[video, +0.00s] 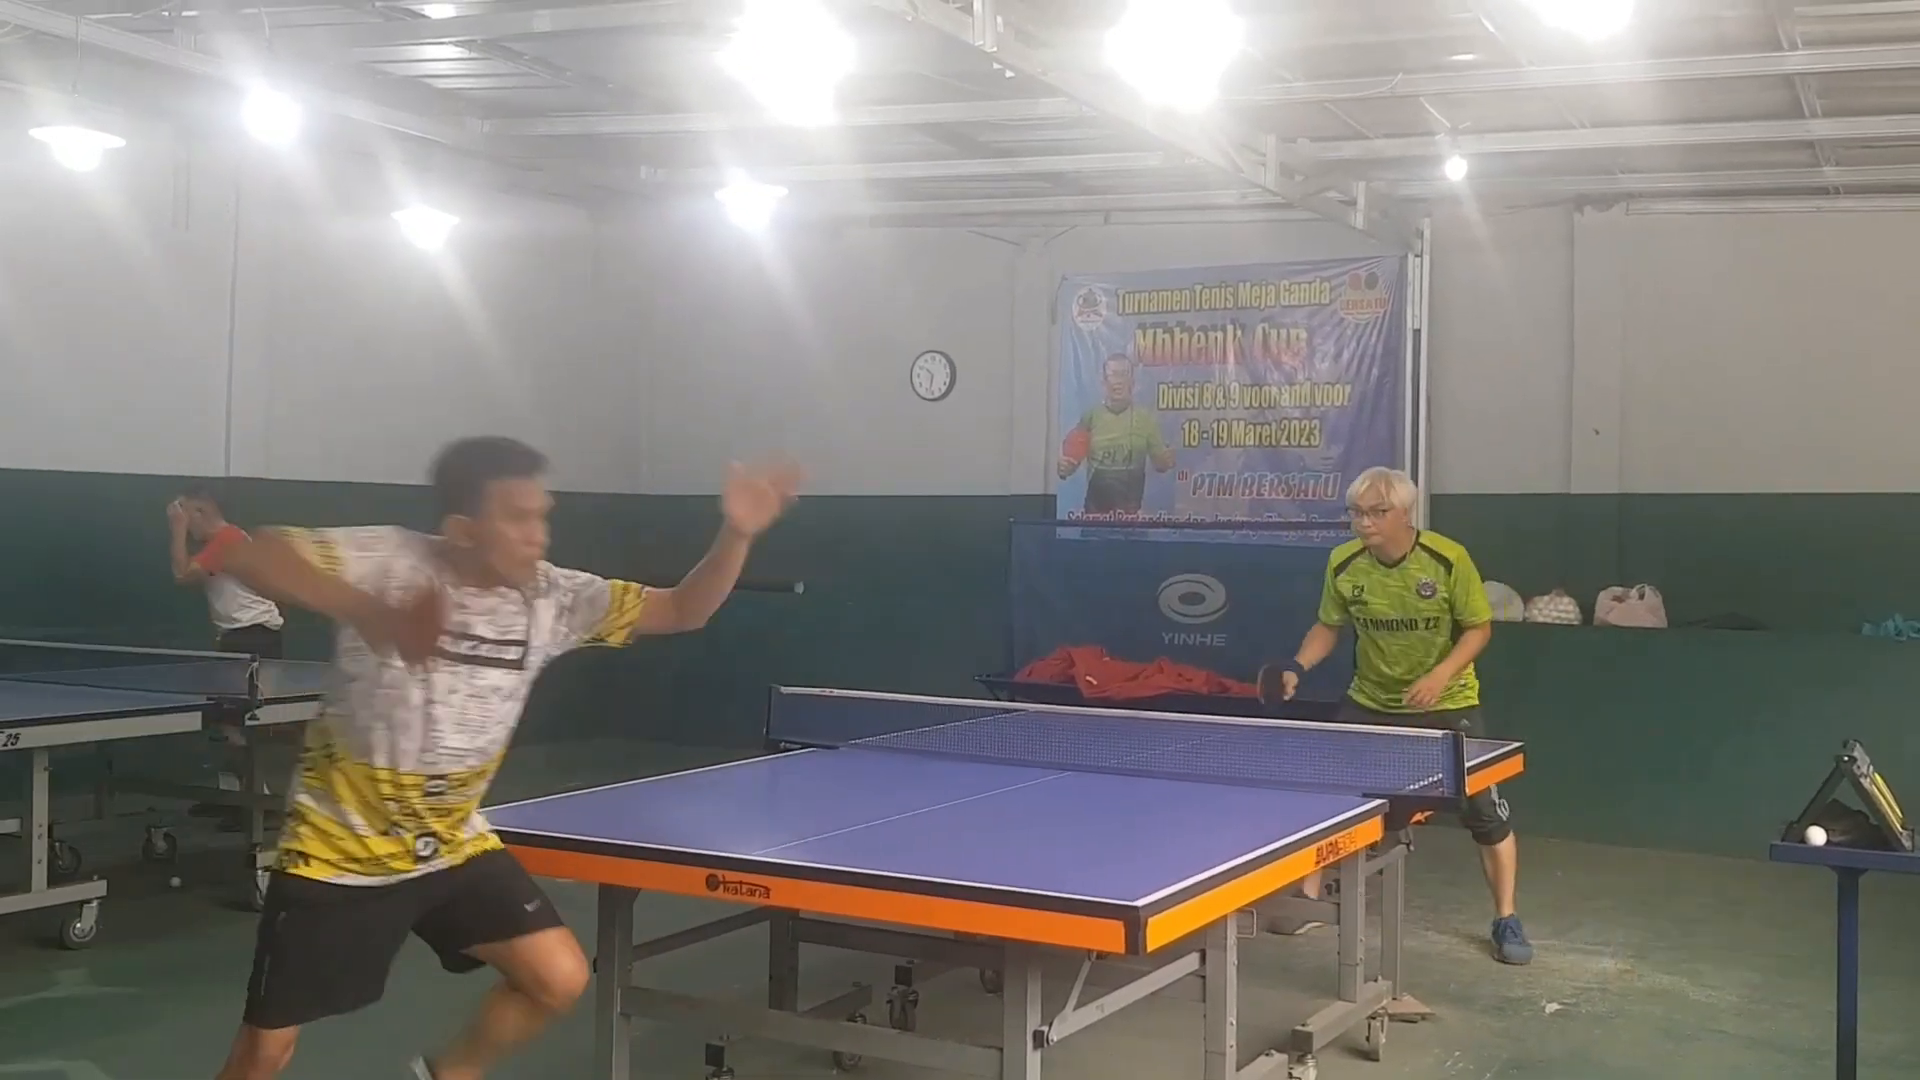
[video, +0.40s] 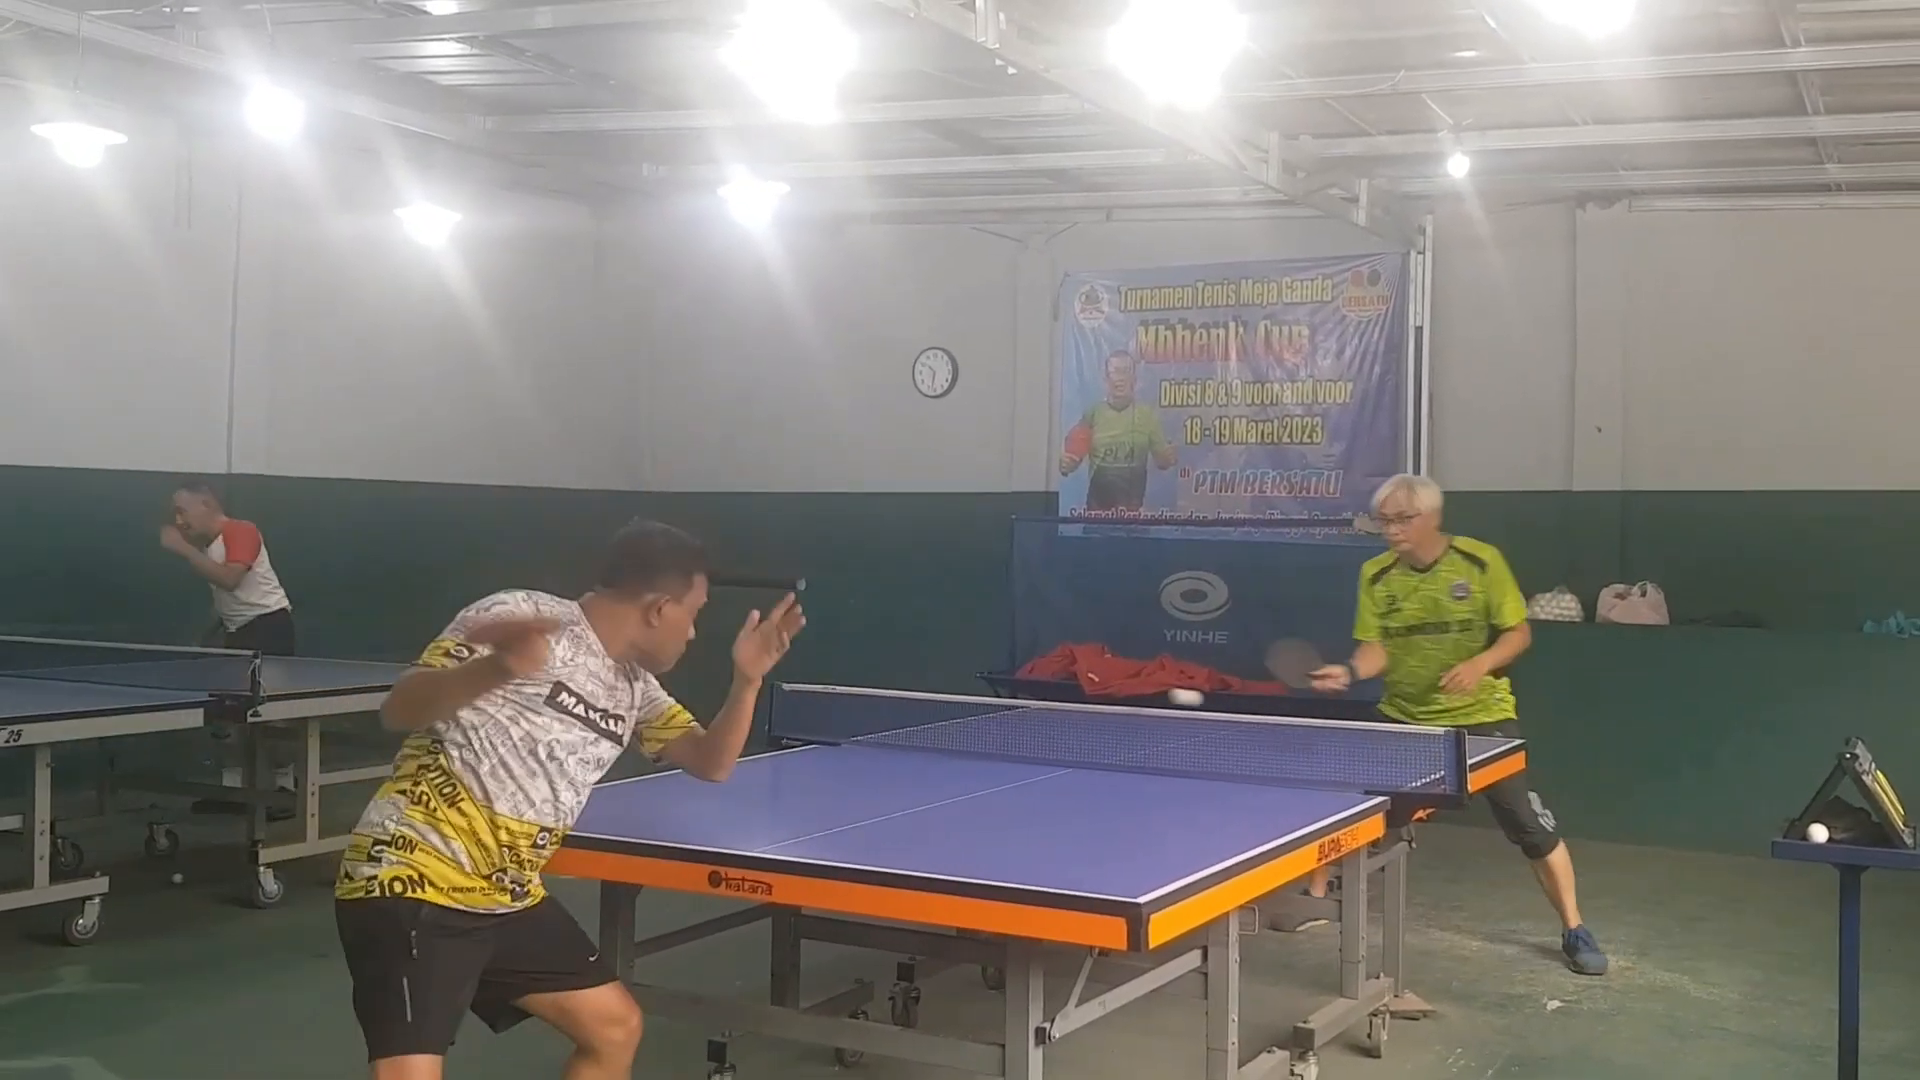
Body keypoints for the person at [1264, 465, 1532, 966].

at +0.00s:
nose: (1361, 523)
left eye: (1373, 513)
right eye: (1356, 513)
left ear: (1403, 514)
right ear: (1352, 517)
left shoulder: (1448, 560)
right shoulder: (1343, 564)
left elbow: (1479, 627)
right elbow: (1327, 625)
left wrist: (1440, 675)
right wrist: (1296, 667)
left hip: (1447, 704)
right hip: (1369, 701)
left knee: (1485, 806)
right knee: (1321, 785)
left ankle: (1506, 918)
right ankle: (1308, 897)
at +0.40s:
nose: (1392, 530)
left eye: (1402, 519)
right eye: (1385, 521)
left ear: (1431, 517)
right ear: (1380, 524)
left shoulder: (1482, 562)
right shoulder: (1376, 574)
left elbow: (1519, 634)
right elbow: (1375, 648)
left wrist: (1479, 664)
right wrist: (1349, 671)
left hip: (1482, 717)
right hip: (1403, 717)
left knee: (1524, 814)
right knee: (1340, 789)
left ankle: (1574, 927)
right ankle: (1315, 894)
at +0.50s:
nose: (1428, 530)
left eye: (1439, 519)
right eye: (1421, 520)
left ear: (1467, 516)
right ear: (1414, 521)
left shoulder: (1518, 555)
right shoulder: (1407, 573)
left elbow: (1555, 626)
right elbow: (1424, 649)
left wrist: (1522, 652)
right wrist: (1413, 670)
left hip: (1511, 710)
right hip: (1433, 710)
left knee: (1545, 822)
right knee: (1365, 791)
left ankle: (1577, 931)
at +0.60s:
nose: (1453, 521)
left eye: (1464, 510)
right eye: (1445, 512)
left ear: (1493, 508)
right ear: (1438, 513)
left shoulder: (1540, 542)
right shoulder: (1432, 566)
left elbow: (1585, 601)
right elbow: (1465, 630)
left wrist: (1568, 628)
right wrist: (1468, 659)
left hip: (1536, 703)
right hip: (1468, 708)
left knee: (1565, 822)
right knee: (1397, 794)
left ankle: (1578, 928)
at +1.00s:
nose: (1477, 499)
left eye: (1489, 489)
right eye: (1468, 490)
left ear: (1516, 493)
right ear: (1459, 495)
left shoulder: (1549, 532)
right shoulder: (1445, 557)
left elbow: (1594, 578)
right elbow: (1462, 629)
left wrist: (1615, 571)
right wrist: (1452, 634)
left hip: (1547, 698)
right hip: (1478, 703)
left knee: (1599, 806)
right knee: (1491, 814)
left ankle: (1580, 919)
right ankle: (1494, 938)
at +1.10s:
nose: (1481, 501)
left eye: (1493, 490)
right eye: (1473, 491)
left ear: (1519, 492)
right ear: (1463, 495)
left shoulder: (1557, 534)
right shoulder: (1444, 552)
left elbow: (1607, 584)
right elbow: (1444, 627)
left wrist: (1614, 604)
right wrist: (1435, 643)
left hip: (1540, 686)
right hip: (1468, 689)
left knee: (1563, 798)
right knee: (1466, 794)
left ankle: (1577, 929)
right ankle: (1468, 929)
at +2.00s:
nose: (1319, 506)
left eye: (1329, 497)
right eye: (1319, 498)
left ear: (1360, 503)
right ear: (1326, 508)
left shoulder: (1401, 527)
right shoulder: (1322, 555)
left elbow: (1472, 545)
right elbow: (1263, 559)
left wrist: (1528, 578)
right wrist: (1212, 557)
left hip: (1467, 658)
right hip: (1412, 668)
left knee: (1522, 745)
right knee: (1374, 749)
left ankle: (1577, 841)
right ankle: (1371, 839)